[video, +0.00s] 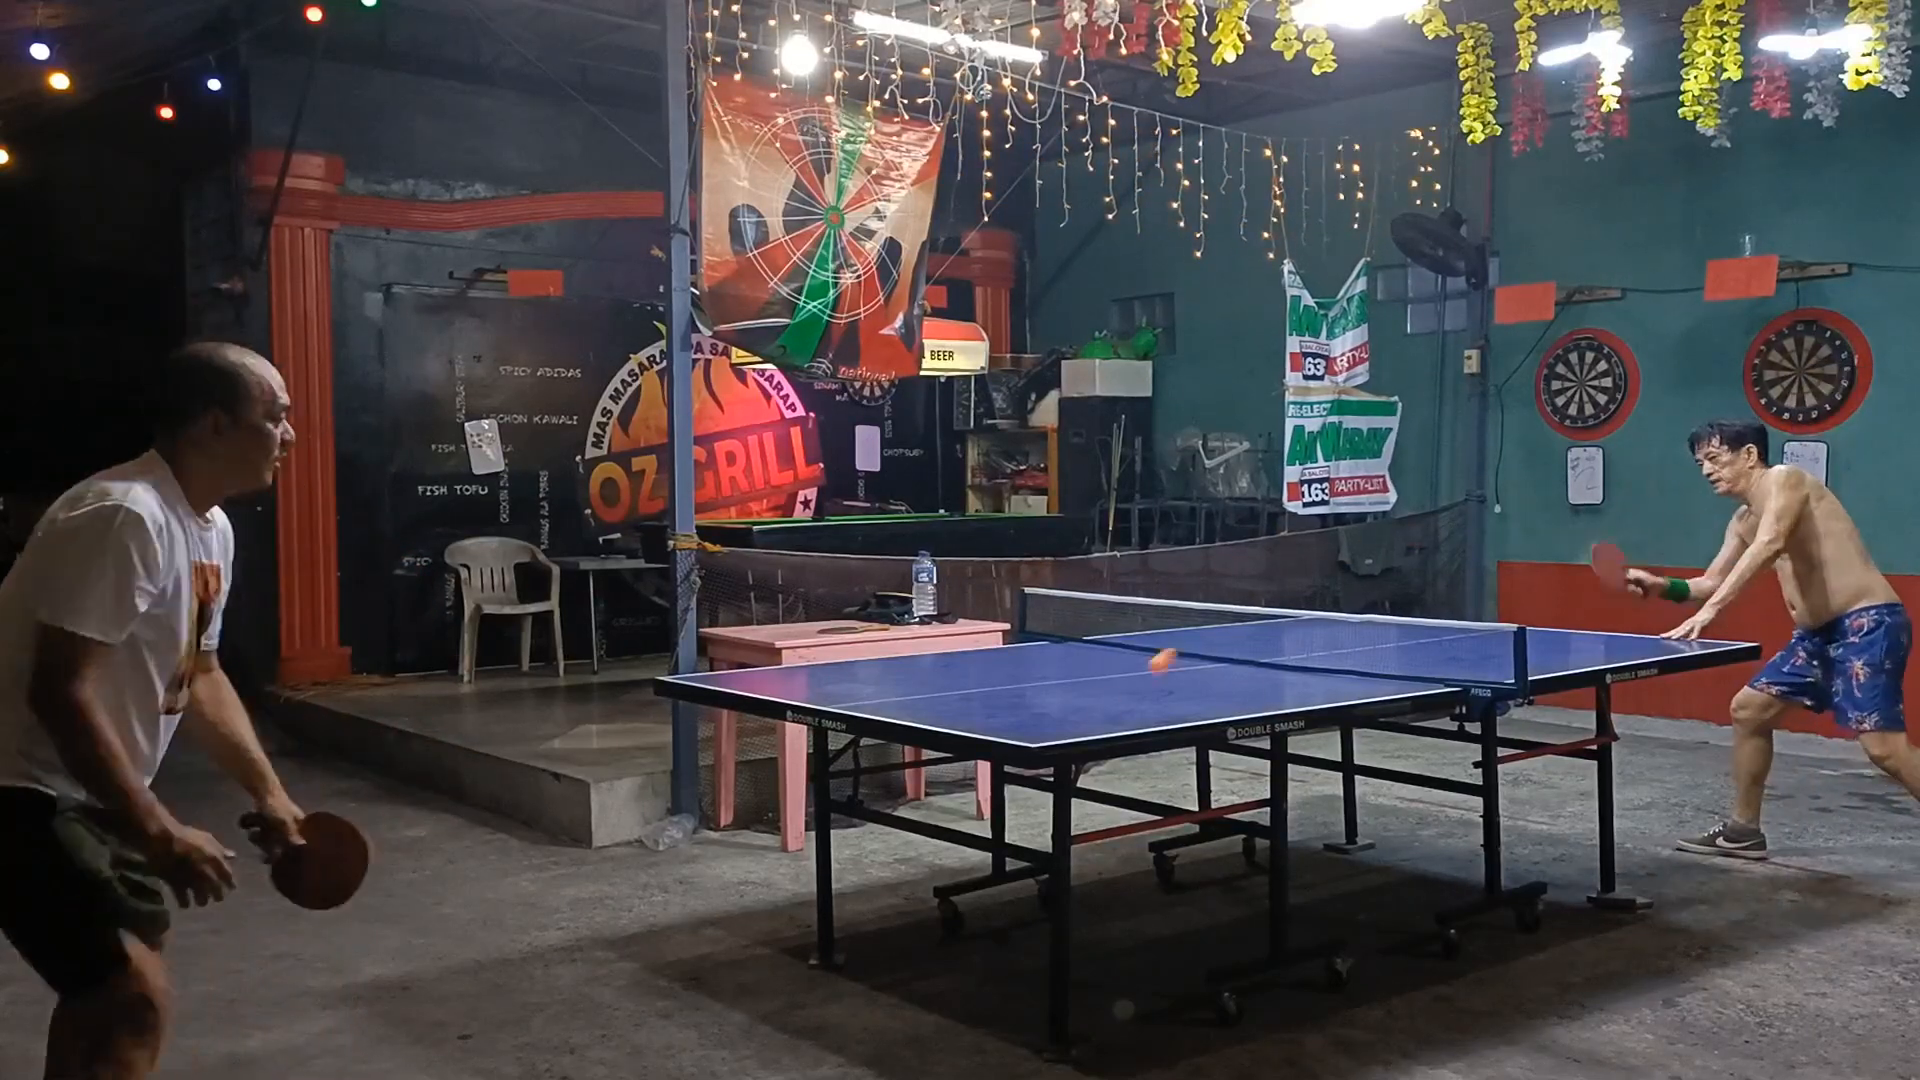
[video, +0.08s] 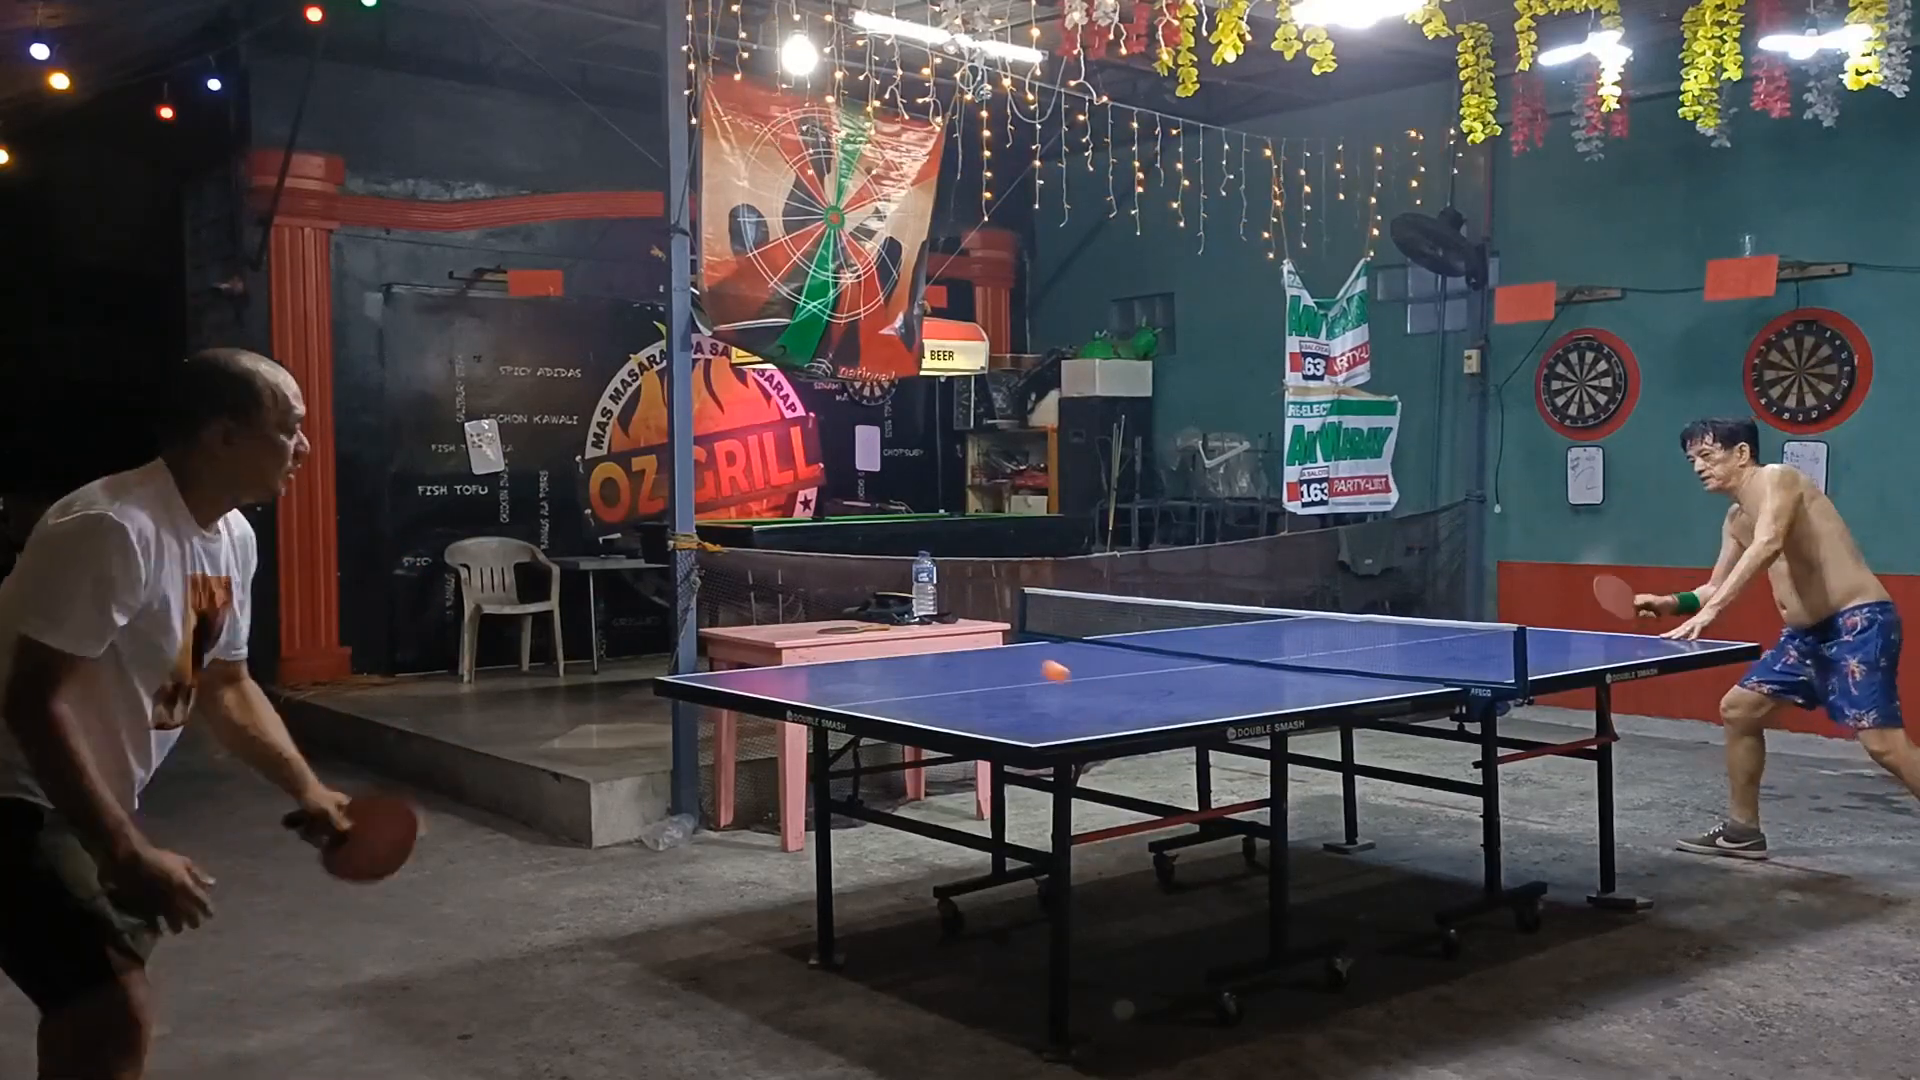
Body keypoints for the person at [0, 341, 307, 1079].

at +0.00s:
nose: (288, 434)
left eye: (286, 416)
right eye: (274, 416)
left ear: (221, 431)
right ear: (214, 426)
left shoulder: (213, 528)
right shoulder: (120, 519)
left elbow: (197, 673)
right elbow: (57, 687)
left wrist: (269, 793)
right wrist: (158, 830)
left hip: (102, 801)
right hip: (26, 797)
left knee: (101, 1009)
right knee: (131, 1005)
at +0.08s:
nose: (303, 449)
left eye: (301, 430)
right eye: (290, 430)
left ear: (229, 440)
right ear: (225, 437)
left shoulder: (234, 535)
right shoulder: (107, 530)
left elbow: (224, 681)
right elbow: (28, 699)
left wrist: (307, 787)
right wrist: (126, 849)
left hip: (99, 814)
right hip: (22, 804)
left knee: (92, 1021)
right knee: (113, 1021)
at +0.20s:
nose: (334, 484)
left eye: (332, 463)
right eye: (319, 464)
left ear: (250, 474)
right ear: (247, 471)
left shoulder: (267, 561)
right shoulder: (103, 556)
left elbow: (276, 706)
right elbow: (9, 725)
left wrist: (366, 700)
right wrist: (59, 905)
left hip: (98, 836)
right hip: (30, 830)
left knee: (44, 1055)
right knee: (125, 1037)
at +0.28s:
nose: (345, 497)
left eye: (344, 476)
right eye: (329, 479)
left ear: (260, 488)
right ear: (256, 484)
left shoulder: (281, 566)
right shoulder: (106, 566)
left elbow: (311, 714)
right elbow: (2, 740)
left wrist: (376, 669)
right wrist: (23, 923)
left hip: (99, 836)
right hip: (26, 831)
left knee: (37, 1055)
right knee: (124, 1037)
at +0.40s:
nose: (355, 499)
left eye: (359, 478)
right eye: (345, 477)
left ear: (278, 474)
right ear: (272, 471)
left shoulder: (293, 561)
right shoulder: (91, 529)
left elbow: (404, 675)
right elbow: (3, 653)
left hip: (109, 825)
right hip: (24, 816)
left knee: (37, 1048)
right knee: (104, 1042)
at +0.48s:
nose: (363, 481)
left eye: (366, 460)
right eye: (354, 460)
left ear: (287, 457)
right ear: (282, 451)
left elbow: (395, 658)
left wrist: (505, 733)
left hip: (118, 813)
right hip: (21, 803)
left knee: (58, 1045)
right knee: (90, 1041)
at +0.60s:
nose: (372, 453)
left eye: (374, 432)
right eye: (364, 431)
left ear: (299, 427)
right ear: (296, 425)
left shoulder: (293, 519)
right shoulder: (102, 482)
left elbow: (319, 592)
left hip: (133, 799)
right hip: (26, 792)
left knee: (114, 1022)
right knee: (100, 1036)